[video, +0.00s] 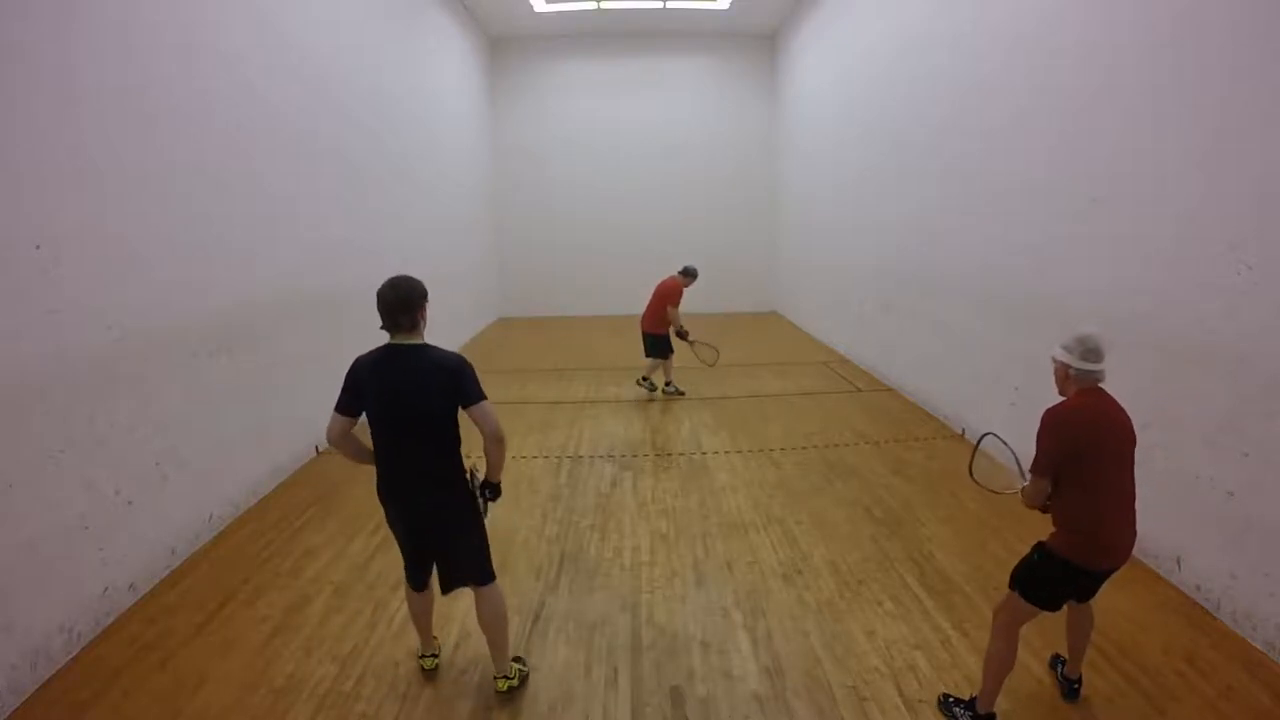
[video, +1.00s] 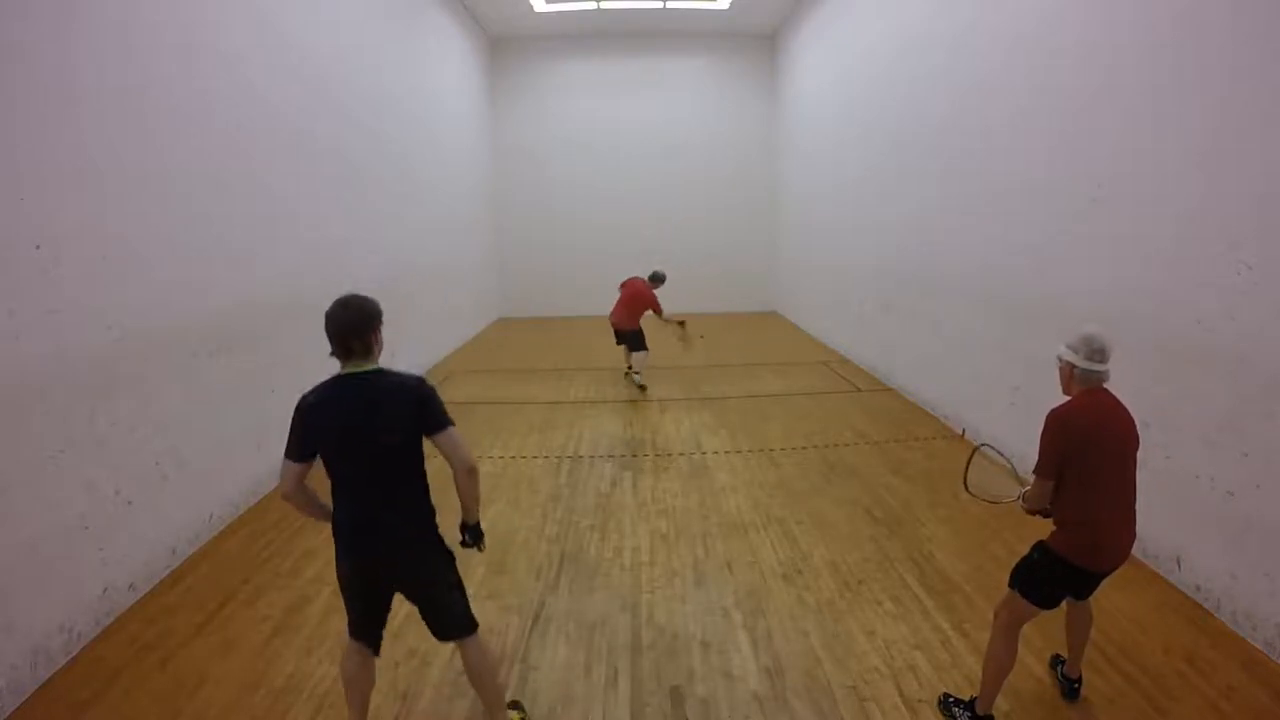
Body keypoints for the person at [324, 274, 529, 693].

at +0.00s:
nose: (426, 311)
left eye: (423, 305)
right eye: (425, 306)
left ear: (381, 316)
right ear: (423, 312)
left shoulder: (365, 368)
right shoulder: (450, 366)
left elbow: (337, 435)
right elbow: (493, 433)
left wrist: (378, 458)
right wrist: (492, 482)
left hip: (397, 493)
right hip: (448, 490)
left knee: (416, 571)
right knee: (483, 579)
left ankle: (427, 650)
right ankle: (504, 671)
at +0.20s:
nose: (423, 295)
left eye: (419, 288)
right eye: (421, 290)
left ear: (375, 300)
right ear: (417, 297)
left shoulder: (358, 351)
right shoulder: (448, 345)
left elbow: (328, 420)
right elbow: (490, 409)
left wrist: (372, 451)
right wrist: (491, 460)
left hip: (392, 484)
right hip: (446, 480)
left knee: (403, 572)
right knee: (481, 578)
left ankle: (408, 656)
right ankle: (508, 669)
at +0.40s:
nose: (416, 304)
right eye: (414, 298)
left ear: (369, 309)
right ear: (412, 304)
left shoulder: (352, 363)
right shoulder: (443, 354)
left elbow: (316, 431)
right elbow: (486, 419)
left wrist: (361, 468)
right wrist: (493, 474)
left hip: (388, 499)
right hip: (443, 495)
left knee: (391, 588)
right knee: (481, 591)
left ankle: (396, 670)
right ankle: (510, 678)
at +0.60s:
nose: (408, 314)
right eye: (406, 308)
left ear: (359, 319)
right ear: (404, 315)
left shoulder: (342, 376)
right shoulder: (436, 368)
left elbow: (311, 451)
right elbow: (486, 436)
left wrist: (352, 495)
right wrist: (487, 490)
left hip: (381, 517)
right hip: (437, 513)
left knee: (386, 604)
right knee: (480, 604)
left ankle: (381, 692)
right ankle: (514, 697)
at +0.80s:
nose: (396, 296)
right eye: (394, 289)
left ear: (345, 302)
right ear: (391, 296)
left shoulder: (326, 358)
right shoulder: (423, 344)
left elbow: (305, 441)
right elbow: (461, 420)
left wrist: (347, 471)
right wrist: (459, 485)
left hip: (363, 508)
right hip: (425, 503)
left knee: (362, 602)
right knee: (470, 599)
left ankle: (368, 690)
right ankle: (508, 686)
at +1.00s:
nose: (382, 335)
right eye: (381, 329)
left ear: (331, 343)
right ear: (378, 336)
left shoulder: (314, 404)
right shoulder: (412, 391)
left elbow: (292, 488)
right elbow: (464, 463)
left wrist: (332, 515)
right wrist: (471, 522)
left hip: (357, 550)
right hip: (418, 543)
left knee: (360, 643)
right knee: (466, 635)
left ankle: (357, 716)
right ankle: (499, 714)